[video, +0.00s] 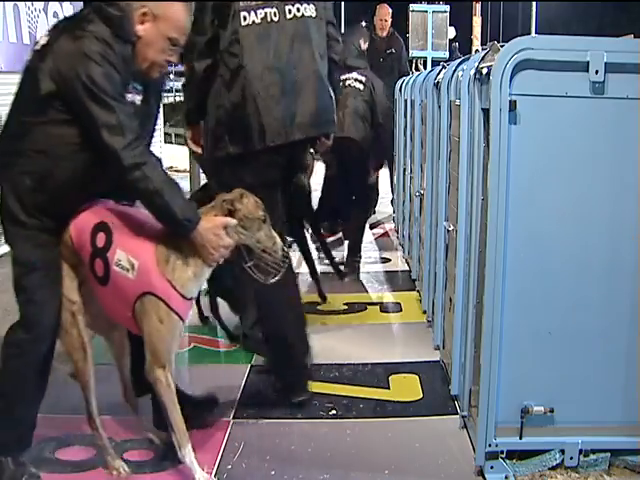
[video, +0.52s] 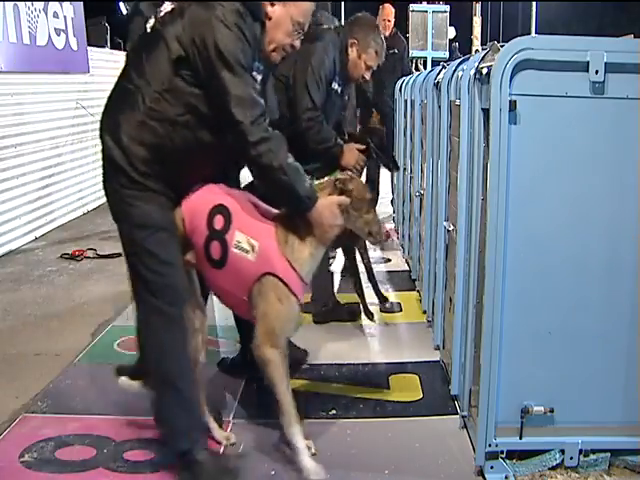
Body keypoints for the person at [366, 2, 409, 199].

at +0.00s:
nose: (383, 24)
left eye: (386, 20)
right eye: (380, 20)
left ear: (391, 20)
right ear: (373, 20)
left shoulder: (397, 42)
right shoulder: (365, 40)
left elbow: (405, 72)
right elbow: (360, 70)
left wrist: (409, 97)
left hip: (394, 104)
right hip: (370, 103)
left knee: (396, 155)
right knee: (372, 155)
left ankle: (397, 197)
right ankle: (369, 201)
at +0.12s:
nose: (383, 24)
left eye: (387, 20)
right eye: (380, 20)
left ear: (392, 20)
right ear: (374, 20)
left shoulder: (398, 42)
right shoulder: (365, 40)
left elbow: (405, 73)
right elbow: (360, 70)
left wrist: (407, 101)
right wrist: (362, 99)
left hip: (394, 107)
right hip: (369, 107)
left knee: (396, 159)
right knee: (370, 157)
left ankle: (399, 199)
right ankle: (369, 200)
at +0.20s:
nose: (384, 23)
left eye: (388, 19)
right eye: (381, 19)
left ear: (392, 20)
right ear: (374, 19)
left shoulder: (399, 43)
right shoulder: (365, 41)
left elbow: (405, 74)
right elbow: (359, 71)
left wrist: (407, 100)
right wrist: (362, 99)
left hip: (393, 106)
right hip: (369, 106)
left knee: (396, 158)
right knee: (370, 157)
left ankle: (399, 199)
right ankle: (369, 201)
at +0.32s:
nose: (385, 24)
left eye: (388, 20)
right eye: (382, 20)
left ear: (393, 20)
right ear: (375, 20)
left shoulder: (399, 42)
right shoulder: (366, 41)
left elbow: (406, 74)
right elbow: (359, 71)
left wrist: (407, 101)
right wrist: (362, 98)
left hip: (393, 104)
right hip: (370, 104)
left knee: (396, 156)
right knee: (371, 156)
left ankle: (399, 199)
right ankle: (370, 200)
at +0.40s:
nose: (386, 24)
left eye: (389, 20)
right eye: (383, 20)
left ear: (394, 21)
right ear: (376, 20)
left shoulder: (400, 42)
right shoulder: (367, 40)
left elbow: (406, 73)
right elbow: (362, 72)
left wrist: (407, 98)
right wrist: (365, 99)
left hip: (395, 105)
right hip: (371, 104)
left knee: (397, 158)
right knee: (372, 160)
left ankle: (398, 202)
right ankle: (370, 205)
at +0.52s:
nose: (387, 24)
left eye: (390, 21)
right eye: (384, 20)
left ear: (394, 21)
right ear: (377, 19)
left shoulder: (400, 43)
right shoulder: (367, 40)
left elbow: (406, 77)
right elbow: (360, 78)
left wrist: (405, 108)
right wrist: (365, 108)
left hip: (394, 110)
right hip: (369, 110)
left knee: (398, 162)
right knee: (371, 160)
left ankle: (400, 205)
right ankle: (369, 204)